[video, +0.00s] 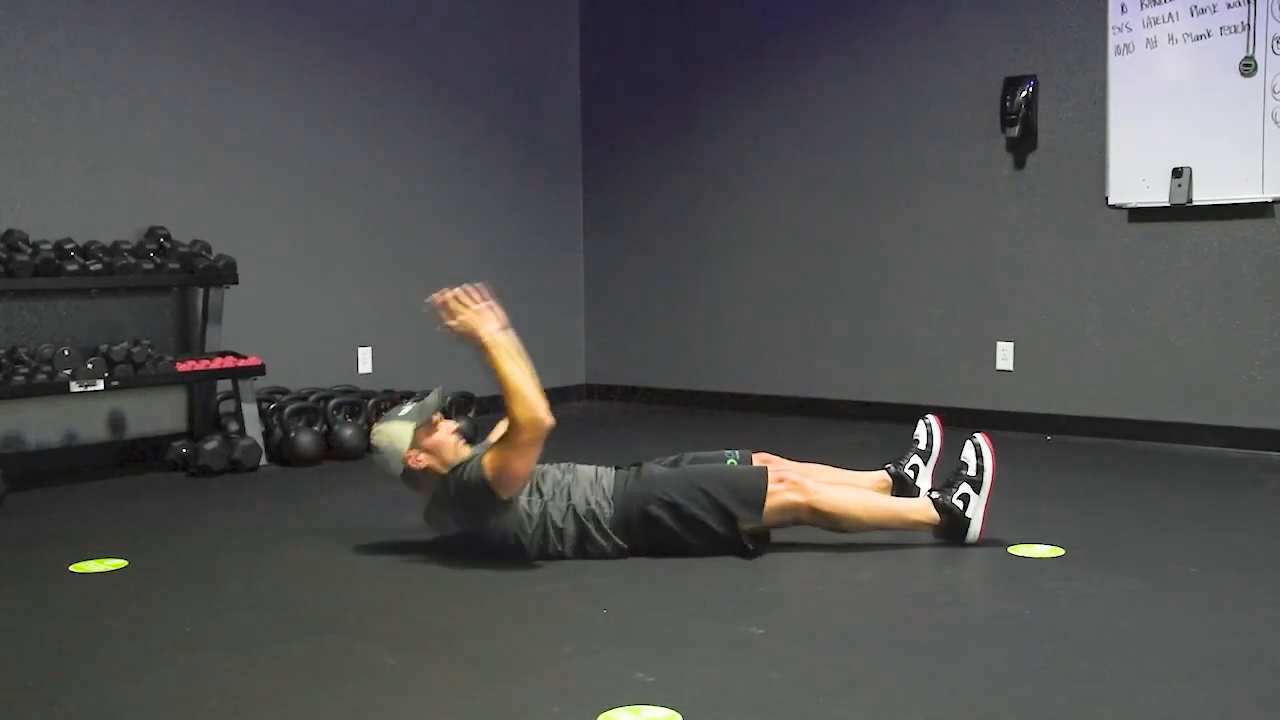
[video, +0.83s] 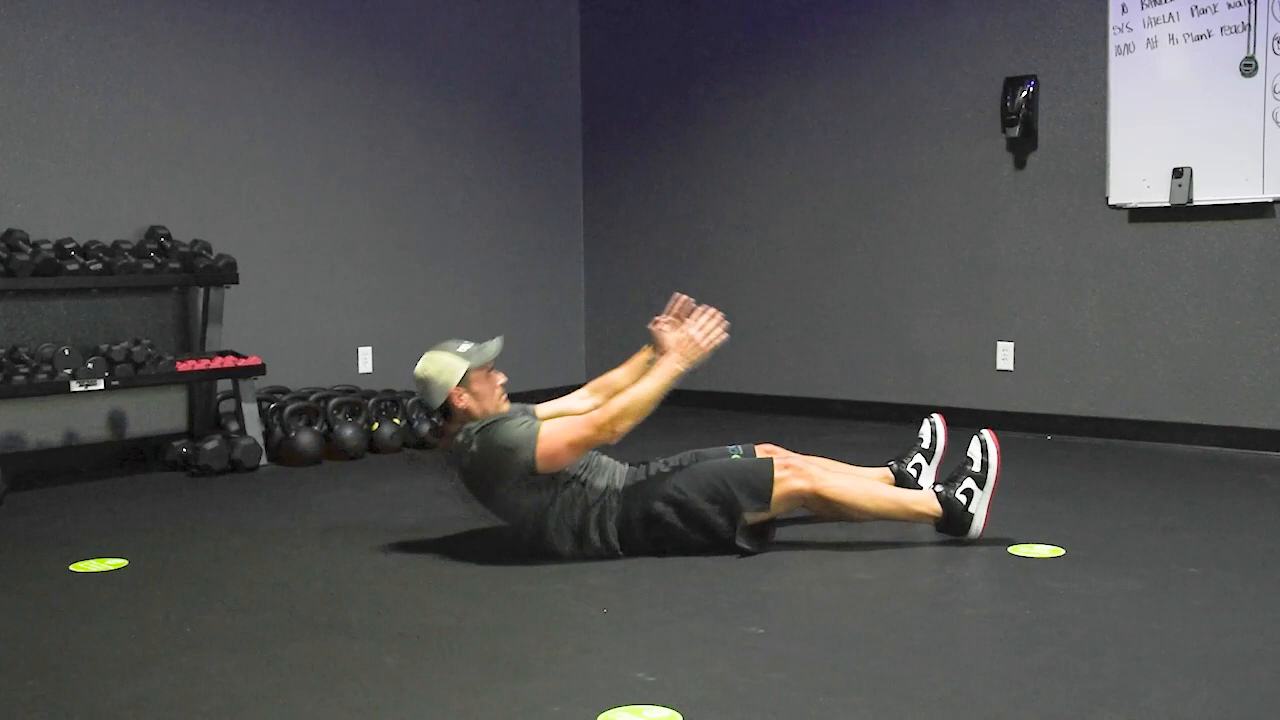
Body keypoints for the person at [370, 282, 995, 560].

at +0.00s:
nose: (448, 427)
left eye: (438, 422)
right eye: (432, 431)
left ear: (435, 444)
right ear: (418, 462)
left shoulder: (467, 474)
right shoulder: (463, 493)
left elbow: (527, 419)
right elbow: (531, 420)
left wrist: (496, 331)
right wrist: (491, 333)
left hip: (626, 488)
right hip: (624, 510)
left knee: (771, 465)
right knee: (790, 488)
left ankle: (898, 483)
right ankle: (943, 515)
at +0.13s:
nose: (401, 457)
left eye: (389, 455)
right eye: (389, 462)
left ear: (399, 466)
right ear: (395, 486)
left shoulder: (449, 482)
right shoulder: (451, 507)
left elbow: (471, 407)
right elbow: (469, 409)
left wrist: (382, 379)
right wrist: (378, 394)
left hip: (625, 488)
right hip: (625, 510)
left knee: (778, 471)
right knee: (788, 489)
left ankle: (899, 484)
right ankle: (942, 513)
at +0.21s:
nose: (382, 484)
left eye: (377, 476)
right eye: (372, 486)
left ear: (392, 481)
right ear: (384, 503)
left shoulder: (439, 491)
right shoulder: (437, 511)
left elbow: (426, 409)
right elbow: (427, 412)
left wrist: (334, 441)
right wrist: (333, 441)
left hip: (621, 487)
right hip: (621, 513)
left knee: (770, 468)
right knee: (782, 488)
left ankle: (898, 488)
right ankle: (942, 515)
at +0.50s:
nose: (385, 481)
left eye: (381, 474)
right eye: (379, 481)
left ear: (392, 484)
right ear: (383, 504)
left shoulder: (442, 499)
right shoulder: (436, 523)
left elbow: (414, 415)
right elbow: (409, 417)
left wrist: (332, 452)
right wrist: (323, 454)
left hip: (621, 486)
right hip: (620, 512)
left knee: (767, 464)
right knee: (784, 486)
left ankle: (897, 486)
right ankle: (942, 514)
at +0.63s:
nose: (421, 438)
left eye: (410, 433)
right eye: (405, 444)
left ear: (418, 454)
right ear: (400, 479)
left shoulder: (456, 489)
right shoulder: (450, 512)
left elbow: (495, 411)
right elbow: (497, 411)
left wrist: (440, 335)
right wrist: (433, 339)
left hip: (631, 487)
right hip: (627, 508)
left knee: (769, 466)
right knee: (785, 488)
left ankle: (895, 487)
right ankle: (941, 514)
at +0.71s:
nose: (457, 413)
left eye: (449, 405)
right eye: (442, 414)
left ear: (433, 435)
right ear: (420, 446)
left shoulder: (464, 464)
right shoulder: (460, 478)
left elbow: (542, 421)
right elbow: (556, 417)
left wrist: (560, 325)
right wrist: (562, 316)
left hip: (618, 492)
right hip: (619, 511)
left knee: (763, 466)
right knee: (784, 485)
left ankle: (895, 484)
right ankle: (940, 513)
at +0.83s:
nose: (497, 375)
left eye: (488, 368)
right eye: (483, 372)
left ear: (466, 392)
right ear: (460, 397)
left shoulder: (503, 419)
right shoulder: (490, 446)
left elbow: (592, 398)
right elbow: (596, 428)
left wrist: (655, 349)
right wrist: (676, 361)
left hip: (633, 483)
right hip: (625, 513)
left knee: (778, 456)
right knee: (793, 480)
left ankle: (905, 482)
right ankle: (947, 510)